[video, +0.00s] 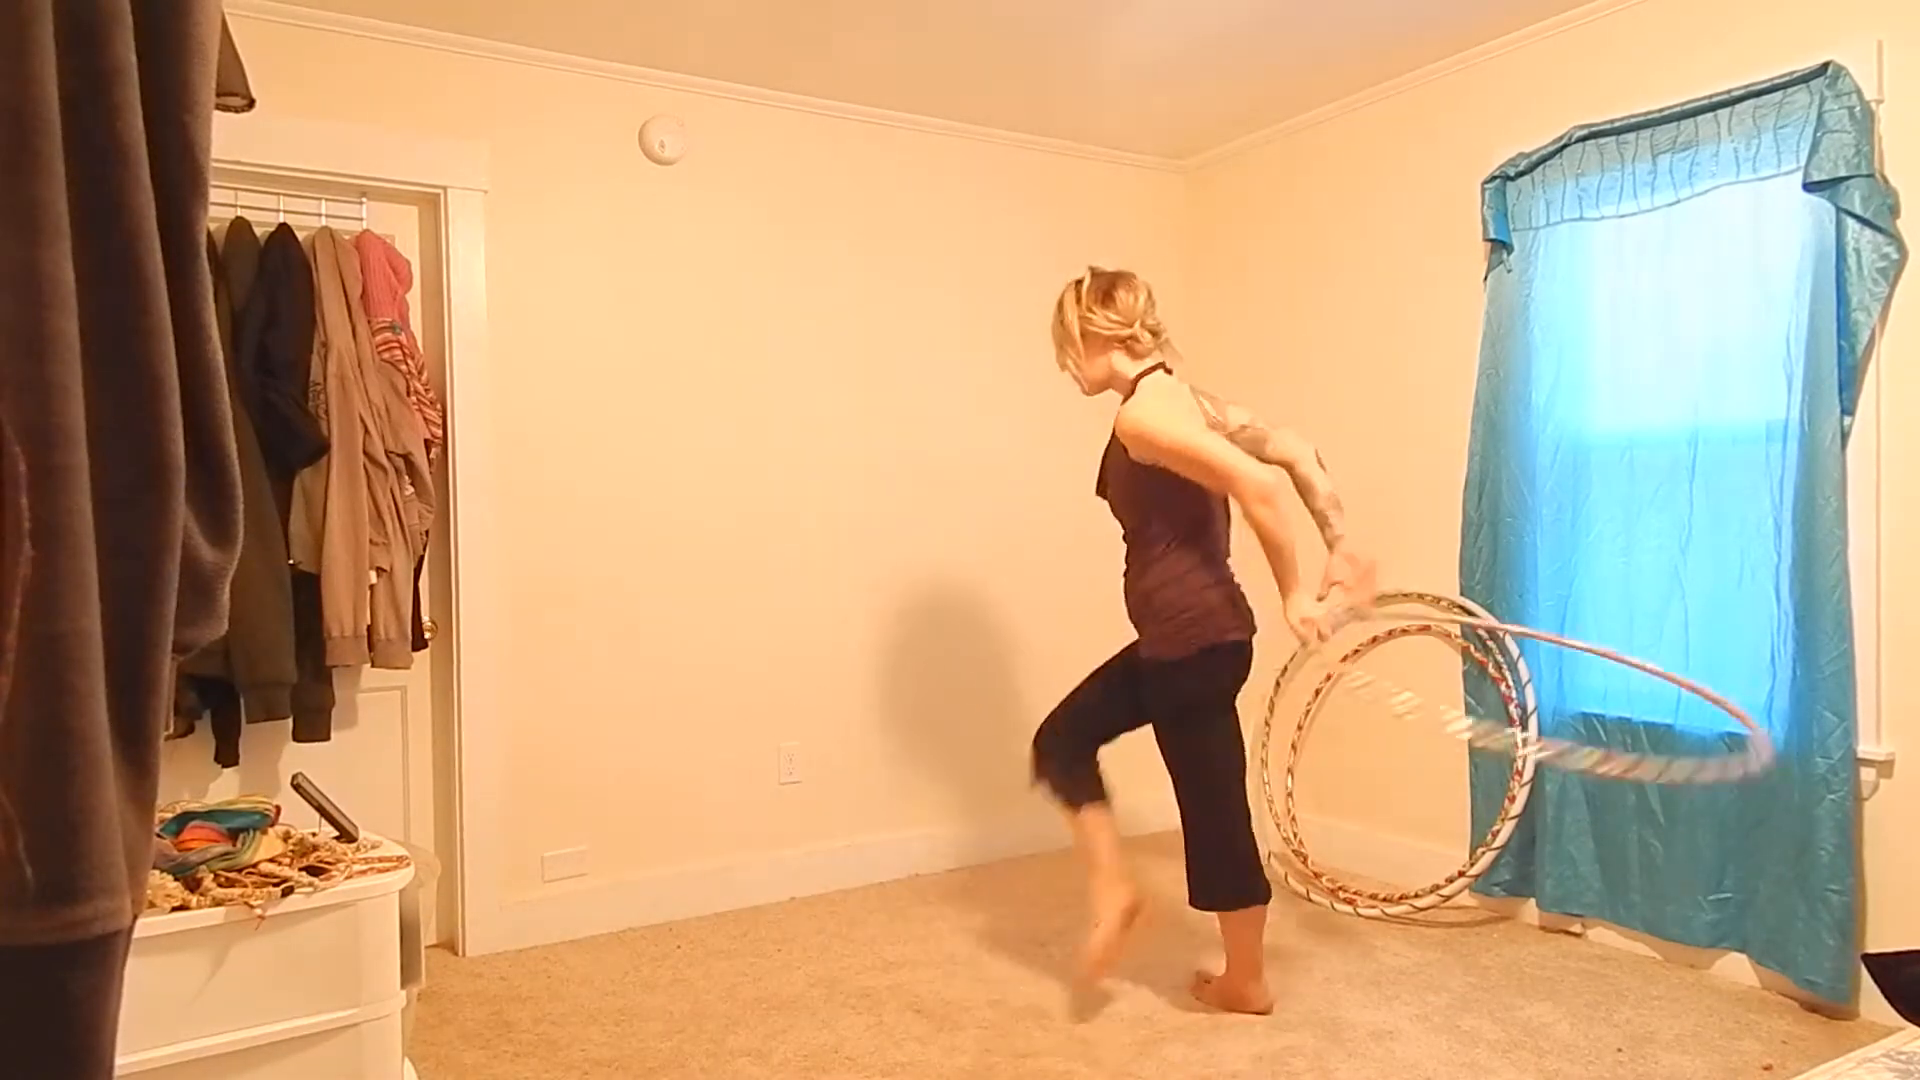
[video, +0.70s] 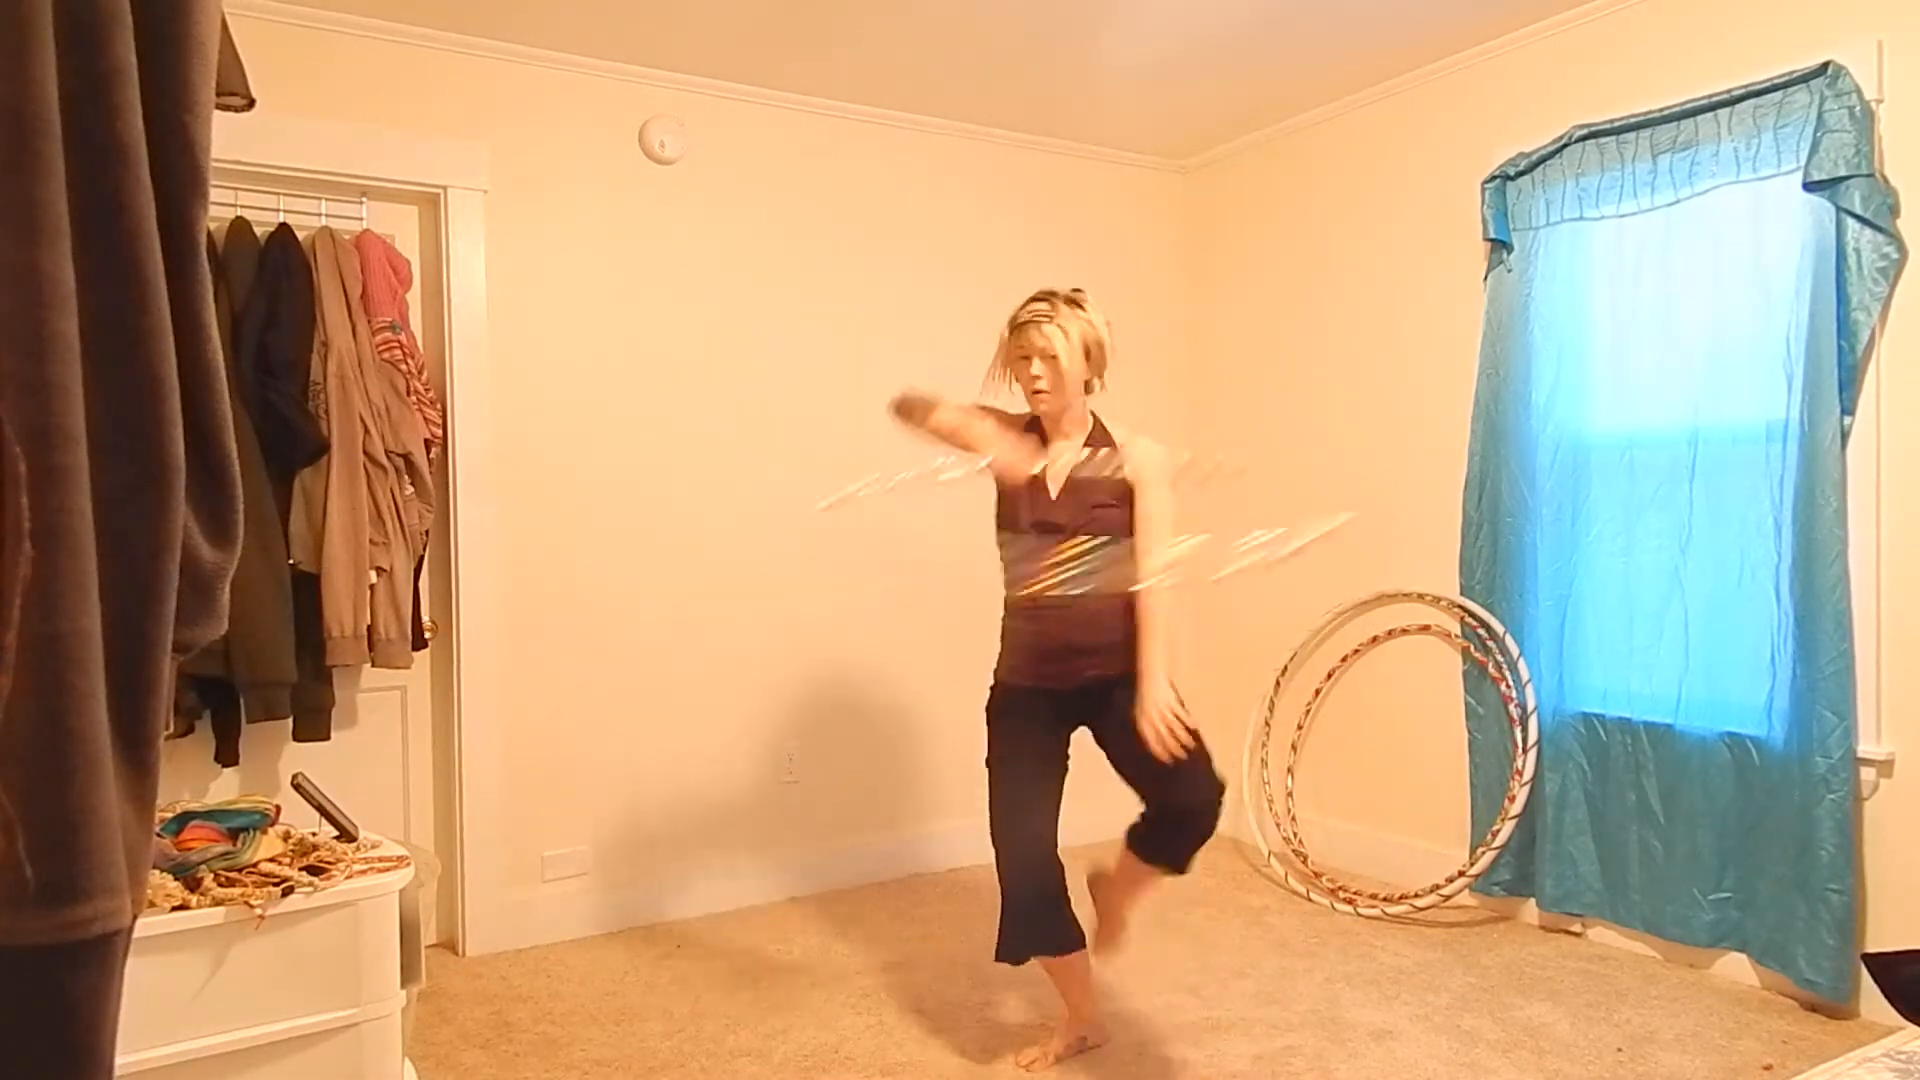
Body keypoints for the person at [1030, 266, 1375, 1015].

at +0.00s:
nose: (1067, 367)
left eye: (1069, 349)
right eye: (1064, 350)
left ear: (1101, 340)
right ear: (1131, 332)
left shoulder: (1143, 410)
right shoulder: (1180, 395)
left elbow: (1258, 489)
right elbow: (1294, 456)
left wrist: (1295, 594)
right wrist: (1342, 542)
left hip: (1189, 646)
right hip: (1200, 639)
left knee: (1215, 812)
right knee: (1063, 739)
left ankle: (1245, 981)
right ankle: (1110, 889)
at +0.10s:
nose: (1050, 375)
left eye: (1051, 357)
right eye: (1047, 359)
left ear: (1084, 346)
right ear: (1100, 344)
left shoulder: (1146, 405)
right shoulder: (1136, 407)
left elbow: (1267, 472)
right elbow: (1261, 471)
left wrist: (1267, 576)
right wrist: (1265, 579)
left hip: (1192, 650)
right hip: (1153, 646)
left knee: (1205, 811)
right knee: (1071, 778)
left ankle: (1249, 972)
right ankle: (1066, 955)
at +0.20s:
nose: (1029, 375)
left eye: (1031, 358)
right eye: (1027, 360)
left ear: (1065, 346)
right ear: (1074, 343)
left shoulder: (1142, 405)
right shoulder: (1107, 416)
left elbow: (1257, 480)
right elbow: (1166, 501)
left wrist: (1220, 561)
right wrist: (1167, 568)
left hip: (1189, 657)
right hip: (1126, 652)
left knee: (1191, 816)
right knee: (1080, 806)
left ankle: (1247, 963)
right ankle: (1071, 984)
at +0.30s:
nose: (1012, 376)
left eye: (1014, 359)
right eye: (1011, 360)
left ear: (1049, 348)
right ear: (1058, 348)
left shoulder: (1136, 406)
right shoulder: (1079, 430)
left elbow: (1242, 492)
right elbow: (1116, 546)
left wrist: (1201, 576)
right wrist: (1079, 621)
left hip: (1175, 665)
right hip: (1102, 661)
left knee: (1166, 836)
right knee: (1074, 830)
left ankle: (1234, 944)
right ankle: (1083, 1007)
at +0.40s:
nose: (1001, 383)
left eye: (1004, 365)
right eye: (999, 367)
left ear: (1041, 354)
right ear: (1052, 356)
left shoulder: (1136, 413)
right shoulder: (1052, 451)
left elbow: (1237, 513)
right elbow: (1028, 543)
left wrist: (1201, 615)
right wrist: (972, 617)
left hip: (1161, 671)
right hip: (1074, 670)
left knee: (1143, 858)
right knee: (1050, 846)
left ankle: (1193, 921)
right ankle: (1081, 1015)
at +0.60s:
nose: (1011, 377)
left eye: (1024, 360)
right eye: (1005, 363)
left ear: (1071, 358)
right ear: (1008, 368)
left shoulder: (1145, 447)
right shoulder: (1017, 443)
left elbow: (1191, 567)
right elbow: (897, 468)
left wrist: (1196, 699)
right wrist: (915, 530)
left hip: (1133, 679)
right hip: (1039, 682)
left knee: (1163, 844)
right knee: (1028, 857)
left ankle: (1093, 837)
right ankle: (1081, 1023)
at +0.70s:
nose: (1030, 373)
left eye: (1047, 358)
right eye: (1020, 360)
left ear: (1088, 363)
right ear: (1011, 369)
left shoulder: (1136, 458)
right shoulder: (1008, 441)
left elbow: (1154, 579)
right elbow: (909, 407)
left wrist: (1153, 683)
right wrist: (987, 440)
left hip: (1116, 679)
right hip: (1027, 685)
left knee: (1193, 797)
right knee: (1023, 858)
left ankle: (1115, 888)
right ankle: (1082, 1017)